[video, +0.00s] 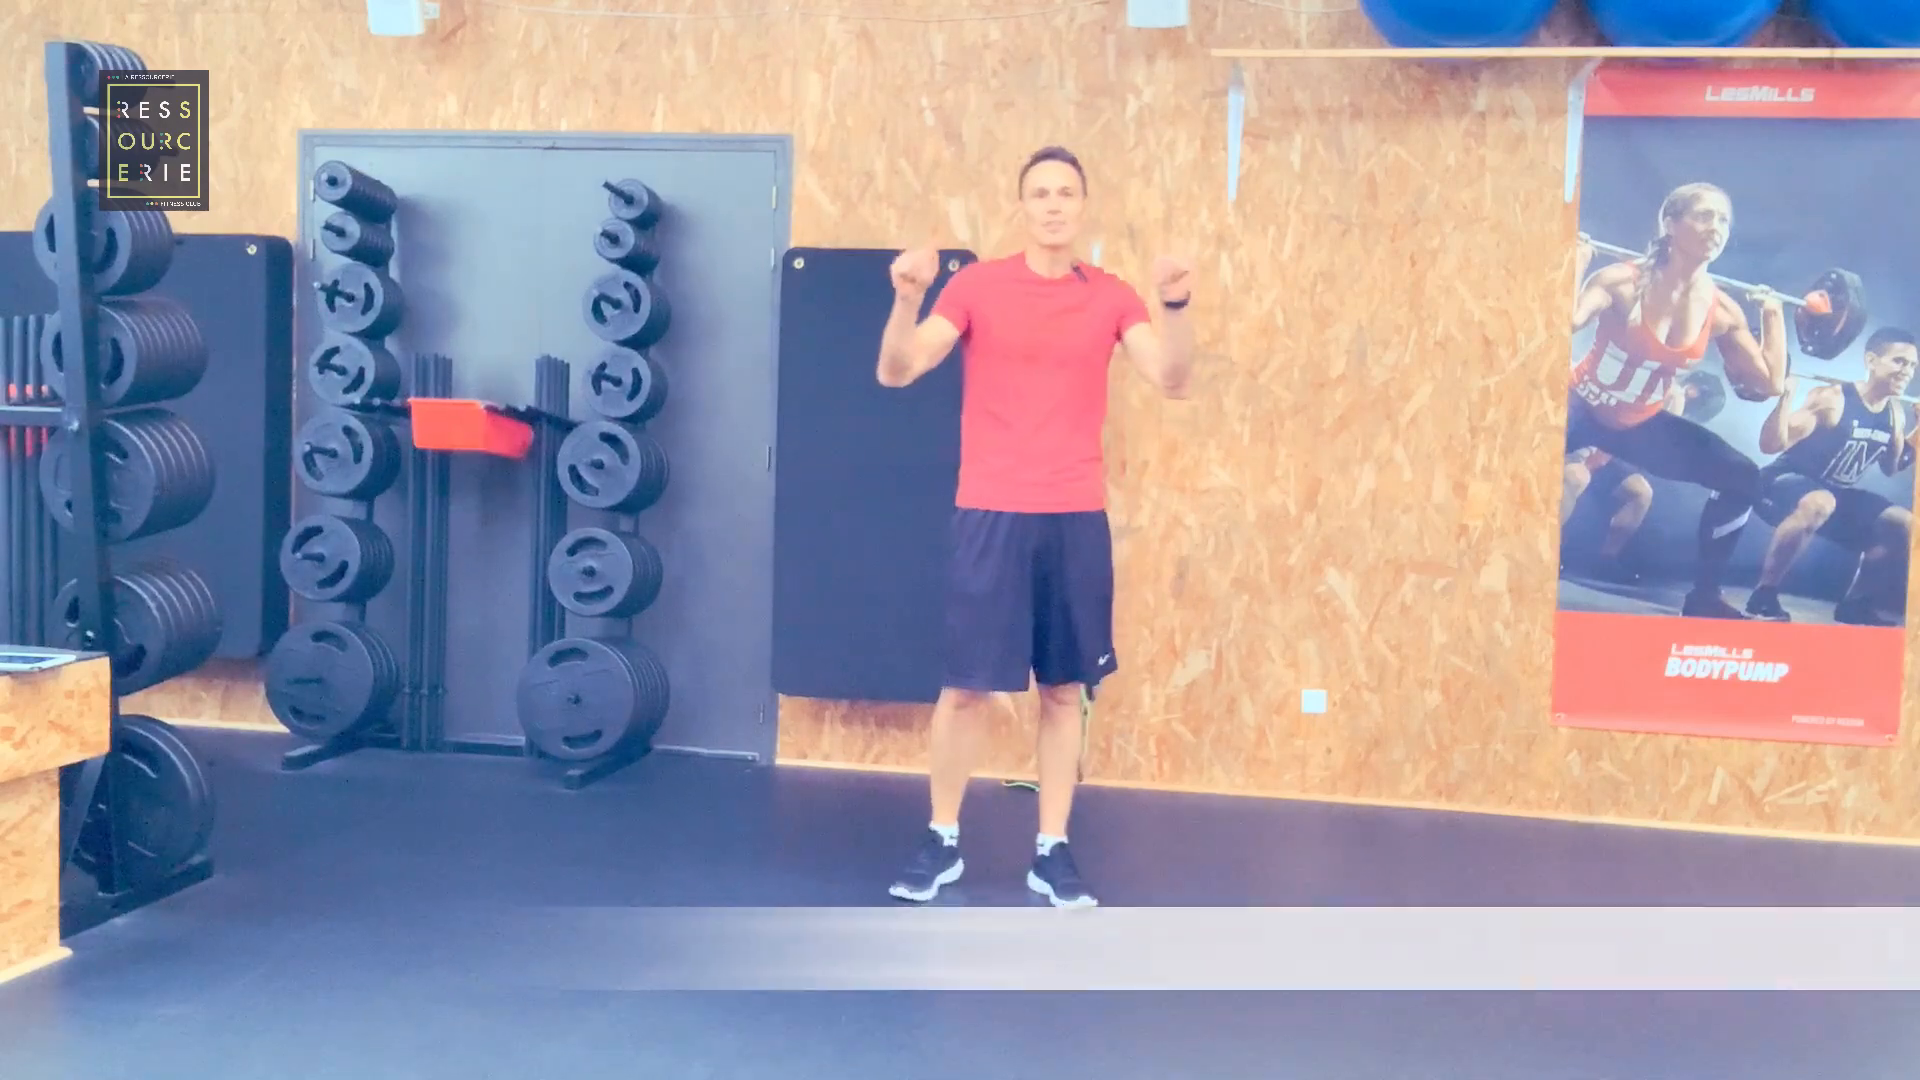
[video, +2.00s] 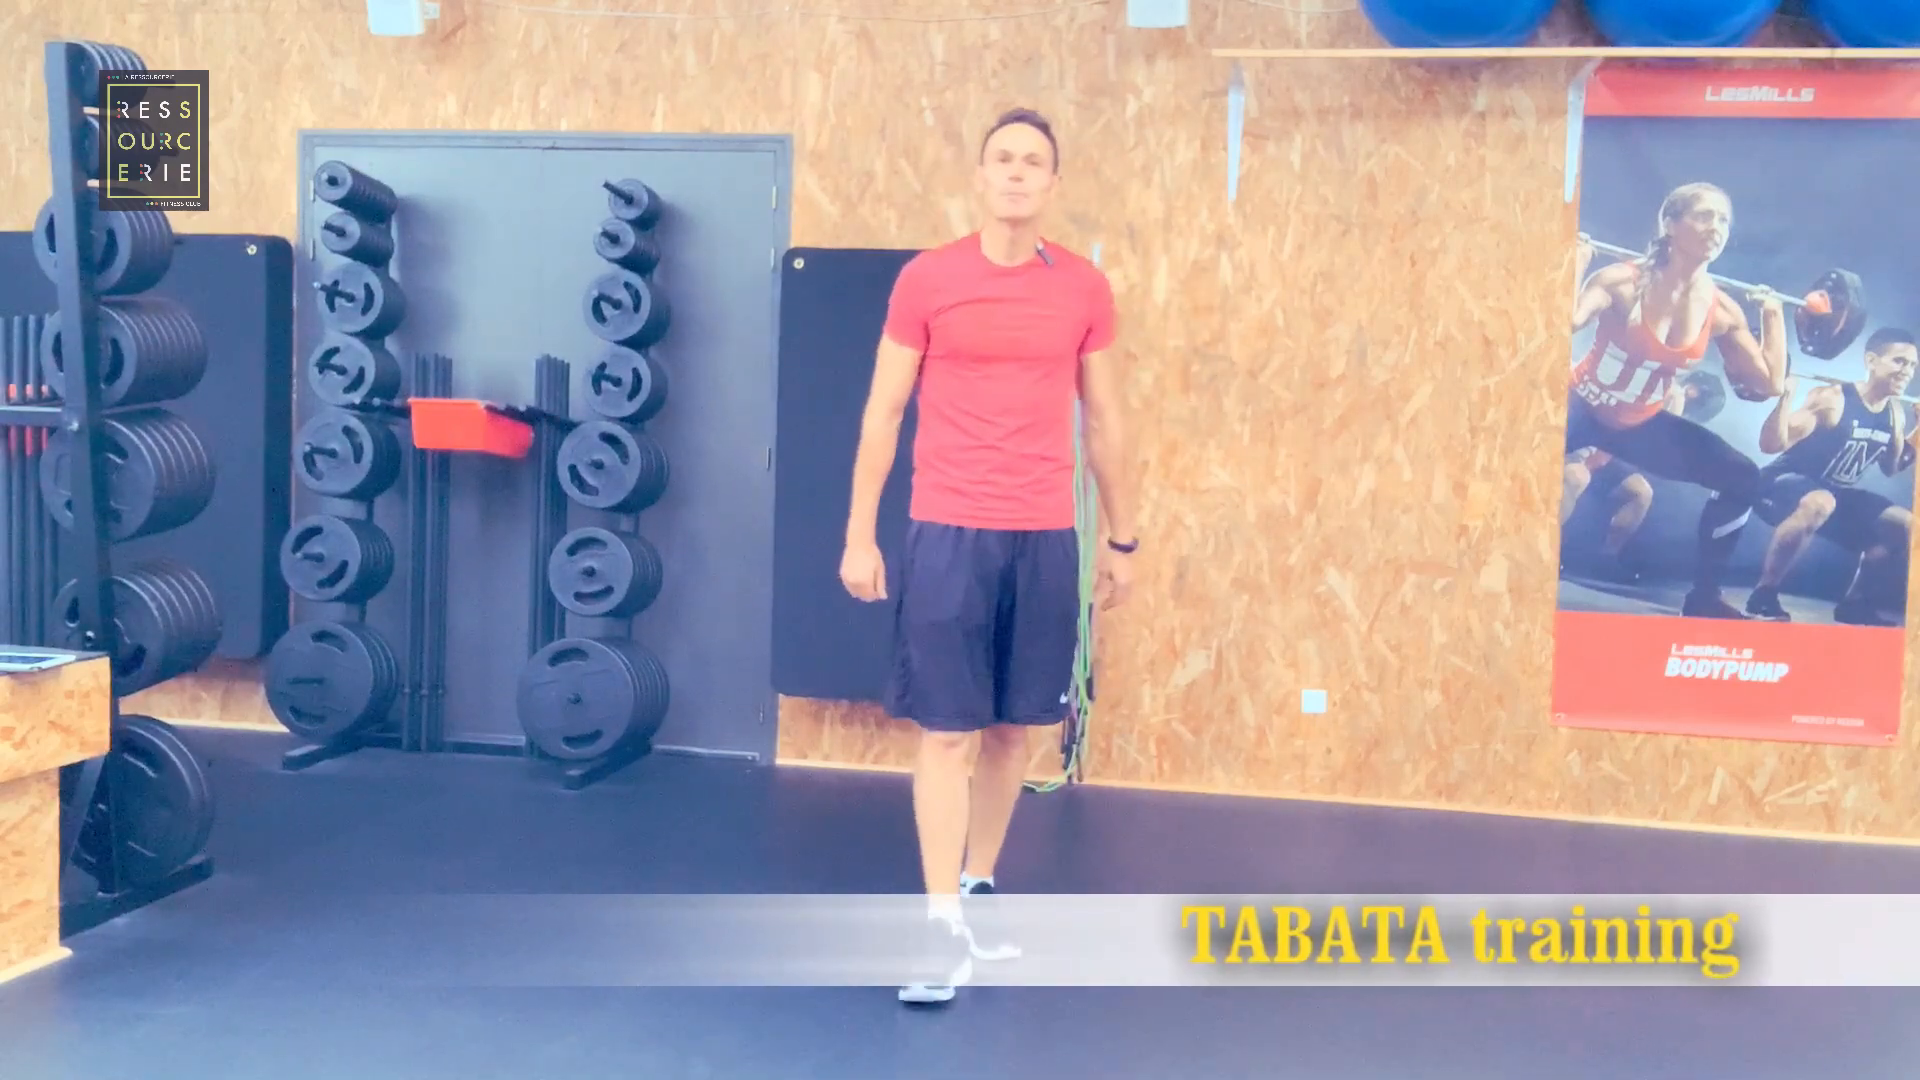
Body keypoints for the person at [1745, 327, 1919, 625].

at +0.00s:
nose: (1906, 372)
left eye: (1912, 365)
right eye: (1899, 361)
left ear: (1914, 372)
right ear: (1871, 361)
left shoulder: (1894, 413)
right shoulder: (1830, 398)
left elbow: (1891, 467)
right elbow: (1769, 444)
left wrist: (1910, 441)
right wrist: (1785, 396)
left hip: (1839, 495)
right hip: (1786, 481)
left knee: (1905, 525)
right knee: (1820, 503)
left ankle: (1854, 605)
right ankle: (1763, 596)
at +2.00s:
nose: (1906, 371)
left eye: (1911, 365)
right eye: (1899, 361)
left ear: (1914, 371)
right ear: (1871, 361)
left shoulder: (1894, 412)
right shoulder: (1831, 398)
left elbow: (1891, 467)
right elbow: (1769, 444)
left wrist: (1911, 443)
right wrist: (1786, 395)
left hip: (1839, 495)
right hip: (1785, 481)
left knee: (1906, 526)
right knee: (1821, 502)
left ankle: (1854, 604)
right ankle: (1764, 595)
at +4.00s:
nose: (1906, 371)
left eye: (1911, 365)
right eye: (1899, 361)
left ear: (1914, 371)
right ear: (1871, 361)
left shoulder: (1894, 412)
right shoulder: (1830, 398)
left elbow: (1892, 467)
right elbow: (1769, 444)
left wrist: (1912, 443)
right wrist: (1785, 396)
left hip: (1839, 495)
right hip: (1785, 482)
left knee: (1904, 524)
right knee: (1821, 502)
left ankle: (1854, 605)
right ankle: (1763, 596)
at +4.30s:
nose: (1906, 372)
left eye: (1911, 365)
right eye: (1899, 361)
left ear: (1914, 371)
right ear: (1871, 361)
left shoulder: (1894, 412)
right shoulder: (1830, 398)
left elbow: (1892, 467)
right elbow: (1769, 444)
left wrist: (1913, 441)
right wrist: (1785, 396)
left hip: (1839, 495)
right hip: (1784, 482)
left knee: (1906, 525)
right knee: (1821, 502)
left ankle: (1855, 605)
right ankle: (1763, 596)